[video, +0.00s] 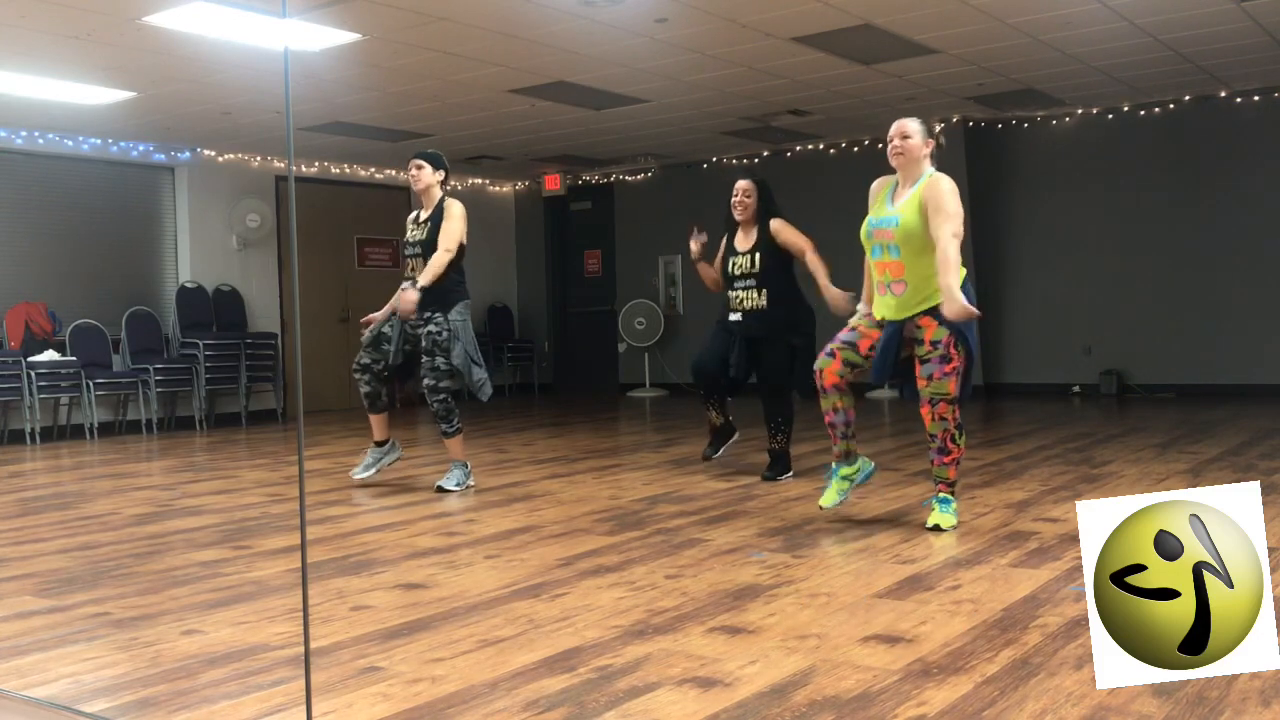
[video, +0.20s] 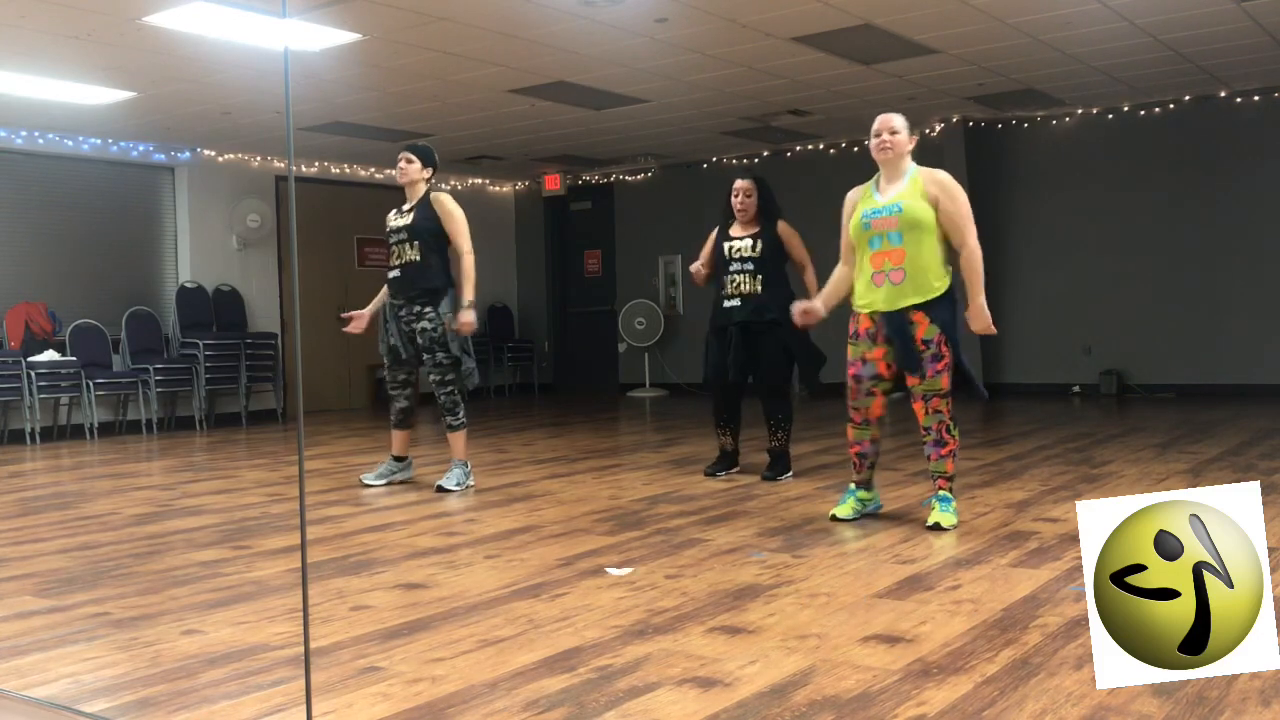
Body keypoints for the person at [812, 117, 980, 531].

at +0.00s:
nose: (894, 143)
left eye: (904, 136)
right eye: (889, 139)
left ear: (928, 146)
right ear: (887, 150)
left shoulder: (939, 187)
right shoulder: (880, 188)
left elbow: (948, 239)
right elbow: (873, 250)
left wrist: (950, 294)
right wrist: (866, 304)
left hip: (933, 314)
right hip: (883, 315)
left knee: (938, 405)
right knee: (829, 368)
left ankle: (944, 496)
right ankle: (848, 463)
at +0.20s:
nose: (883, 139)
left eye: (891, 132)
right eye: (876, 134)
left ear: (911, 141)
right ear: (869, 146)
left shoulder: (936, 183)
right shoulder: (856, 198)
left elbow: (968, 244)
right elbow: (847, 263)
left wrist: (977, 303)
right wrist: (820, 303)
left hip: (924, 311)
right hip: (868, 315)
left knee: (933, 404)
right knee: (861, 401)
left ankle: (943, 495)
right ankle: (863, 491)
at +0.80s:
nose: (879, 141)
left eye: (887, 133)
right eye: (872, 136)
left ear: (907, 140)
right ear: (865, 147)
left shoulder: (930, 188)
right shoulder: (849, 184)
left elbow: (954, 250)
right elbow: (827, 243)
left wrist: (936, 253)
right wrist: (816, 295)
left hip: (924, 307)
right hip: (866, 310)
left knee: (933, 400)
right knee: (859, 398)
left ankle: (946, 494)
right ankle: (863, 489)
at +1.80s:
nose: (849, 145)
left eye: (856, 138)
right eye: (841, 141)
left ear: (873, 148)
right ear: (831, 156)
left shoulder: (903, 184)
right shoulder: (822, 207)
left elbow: (938, 238)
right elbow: (810, 270)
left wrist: (955, 292)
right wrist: (787, 246)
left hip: (907, 311)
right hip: (847, 319)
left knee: (934, 385)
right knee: (851, 406)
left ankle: (930, 489)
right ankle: (865, 491)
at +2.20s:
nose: (873, 138)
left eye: (884, 131)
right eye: (869, 134)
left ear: (907, 139)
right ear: (864, 145)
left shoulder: (928, 188)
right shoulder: (849, 187)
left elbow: (952, 250)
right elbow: (814, 243)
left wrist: (932, 270)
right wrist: (790, 289)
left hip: (919, 310)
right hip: (864, 313)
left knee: (934, 403)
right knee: (863, 402)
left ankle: (949, 494)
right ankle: (867, 491)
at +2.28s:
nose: (880, 140)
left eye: (889, 133)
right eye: (876, 135)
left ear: (914, 142)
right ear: (872, 146)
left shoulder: (933, 189)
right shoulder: (858, 189)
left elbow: (954, 247)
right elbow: (848, 245)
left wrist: (915, 272)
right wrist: (843, 298)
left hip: (930, 309)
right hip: (875, 312)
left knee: (938, 401)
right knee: (834, 382)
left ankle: (949, 494)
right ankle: (859, 473)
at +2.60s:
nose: (873, 142)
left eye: (882, 134)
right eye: (868, 137)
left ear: (906, 140)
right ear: (864, 148)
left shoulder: (930, 182)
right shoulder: (855, 195)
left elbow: (956, 242)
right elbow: (854, 257)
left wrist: (964, 304)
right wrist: (830, 300)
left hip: (921, 309)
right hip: (867, 313)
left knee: (933, 402)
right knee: (861, 400)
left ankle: (948, 495)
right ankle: (867, 491)